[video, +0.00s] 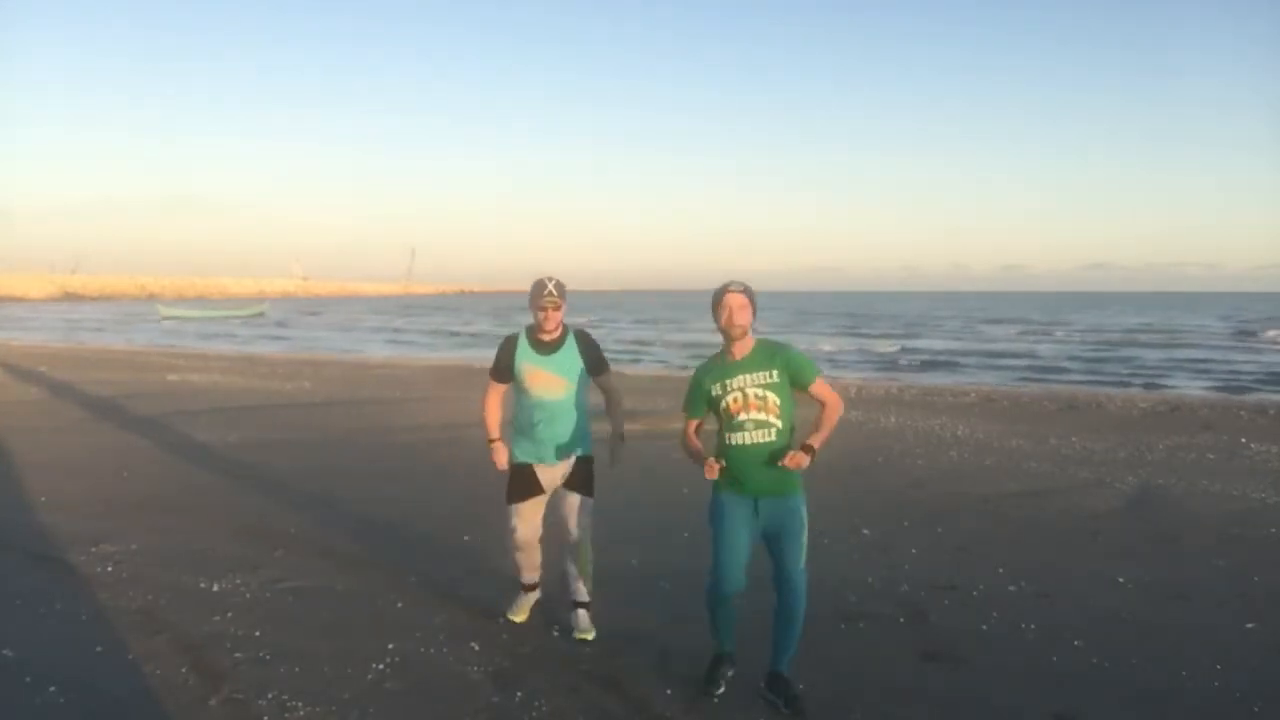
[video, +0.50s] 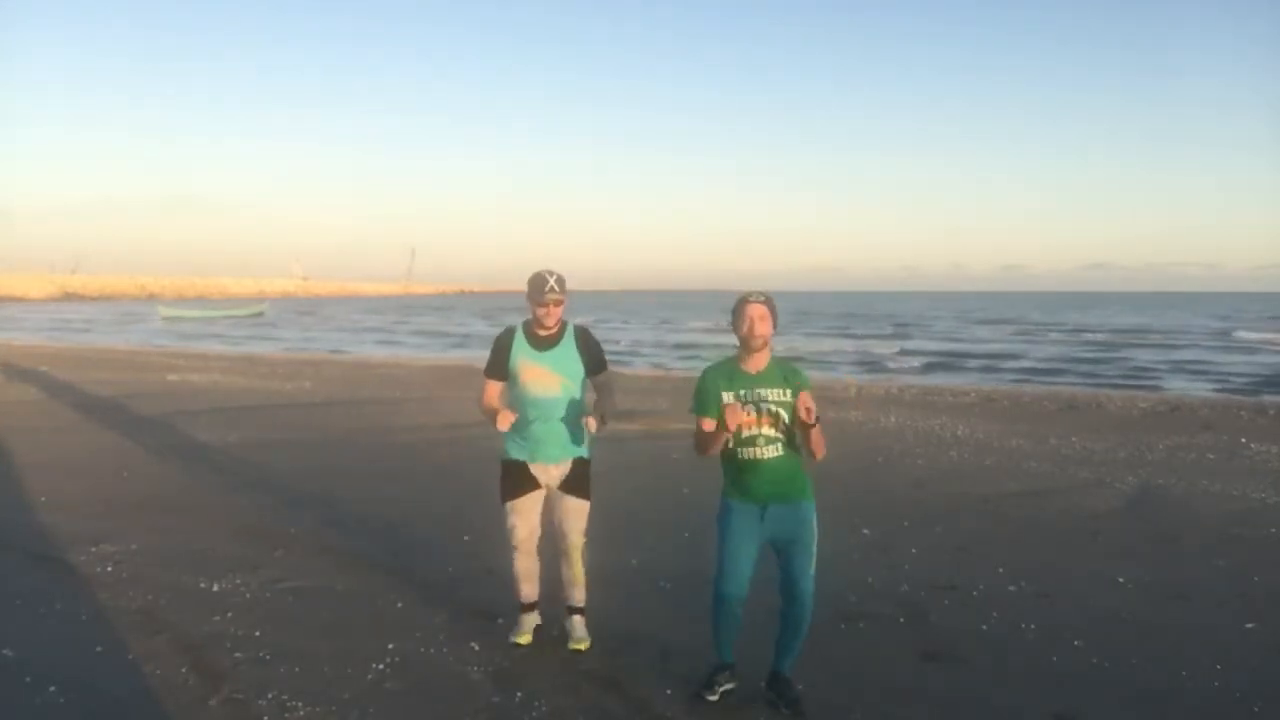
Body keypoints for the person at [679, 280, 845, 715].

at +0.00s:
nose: (730, 315)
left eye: (739, 308)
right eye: (723, 309)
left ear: (753, 314)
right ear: (714, 317)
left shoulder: (784, 358)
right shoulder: (706, 375)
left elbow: (833, 403)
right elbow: (689, 432)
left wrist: (809, 448)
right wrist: (703, 459)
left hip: (783, 488)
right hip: (733, 490)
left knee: (793, 585)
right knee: (726, 584)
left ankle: (779, 674)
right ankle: (723, 655)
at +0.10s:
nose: (737, 310)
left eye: (744, 303)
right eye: (729, 304)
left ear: (758, 309)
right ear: (719, 312)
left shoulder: (788, 349)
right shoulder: (709, 368)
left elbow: (845, 383)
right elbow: (684, 423)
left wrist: (814, 422)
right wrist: (705, 441)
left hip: (792, 484)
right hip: (742, 486)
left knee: (796, 583)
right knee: (739, 583)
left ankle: (782, 675)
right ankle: (742, 675)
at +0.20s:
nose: (740, 313)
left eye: (748, 305)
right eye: (733, 305)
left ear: (762, 311)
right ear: (723, 313)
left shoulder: (790, 350)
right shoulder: (710, 368)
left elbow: (851, 378)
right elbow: (680, 426)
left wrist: (817, 410)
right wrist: (714, 428)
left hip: (797, 485)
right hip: (747, 488)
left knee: (797, 582)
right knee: (745, 583)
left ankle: (783, 675)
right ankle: (749, 680)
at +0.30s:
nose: (745, 315)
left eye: (753, 308)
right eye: (738, 308)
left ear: (766, 314)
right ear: (727, 316)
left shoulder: (794, 357)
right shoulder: (711, 371)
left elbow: (853, 392)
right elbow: (694, 435)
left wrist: (818, 411)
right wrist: (726, 422)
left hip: (798, 489)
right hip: (748, 491)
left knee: (799, 585)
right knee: (744, 585)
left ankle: (783, 675)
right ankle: (748, 680)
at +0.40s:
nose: (748, 318)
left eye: (755, 311)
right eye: (740, 311)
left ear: (769, 318)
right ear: (730, 319)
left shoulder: (796, 365)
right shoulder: (714, 374)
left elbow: (848, 414)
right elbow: (710, 445)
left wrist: (818, 419)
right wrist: (735, 429)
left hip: (798, 493)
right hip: (747, 495)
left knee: (800, 591)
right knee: (741, 590)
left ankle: (782, 675)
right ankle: (748, 680)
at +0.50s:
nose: (754, 326)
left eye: (761, 319)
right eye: (746, 319)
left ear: (773, 327)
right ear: (735, 328)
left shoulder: (793, 376)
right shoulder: (716, 378)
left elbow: (817, 452)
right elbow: (704, 448)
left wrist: (808, 423)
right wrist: (726, 429)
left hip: (795, 501)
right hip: (742, 501)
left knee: (801, 593)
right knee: (729, 590)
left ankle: (782, 675)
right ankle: (724, 667)